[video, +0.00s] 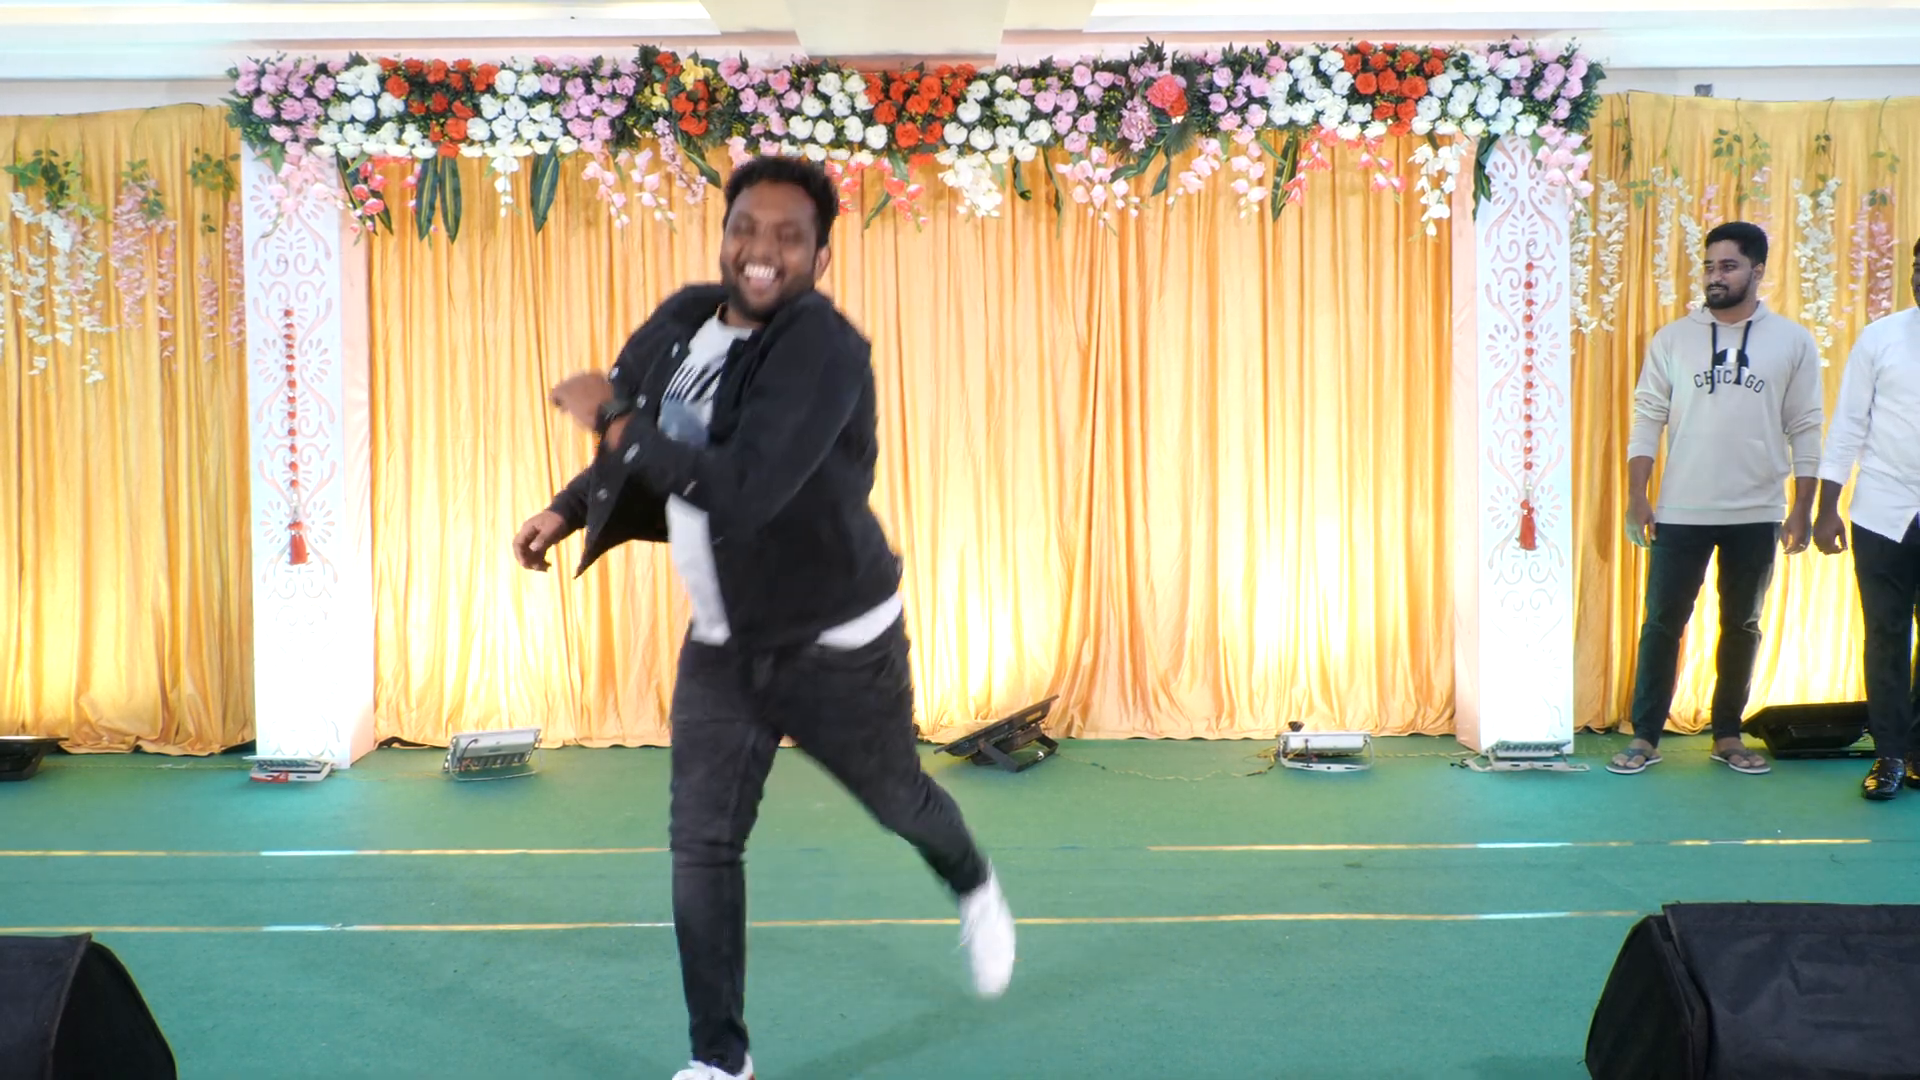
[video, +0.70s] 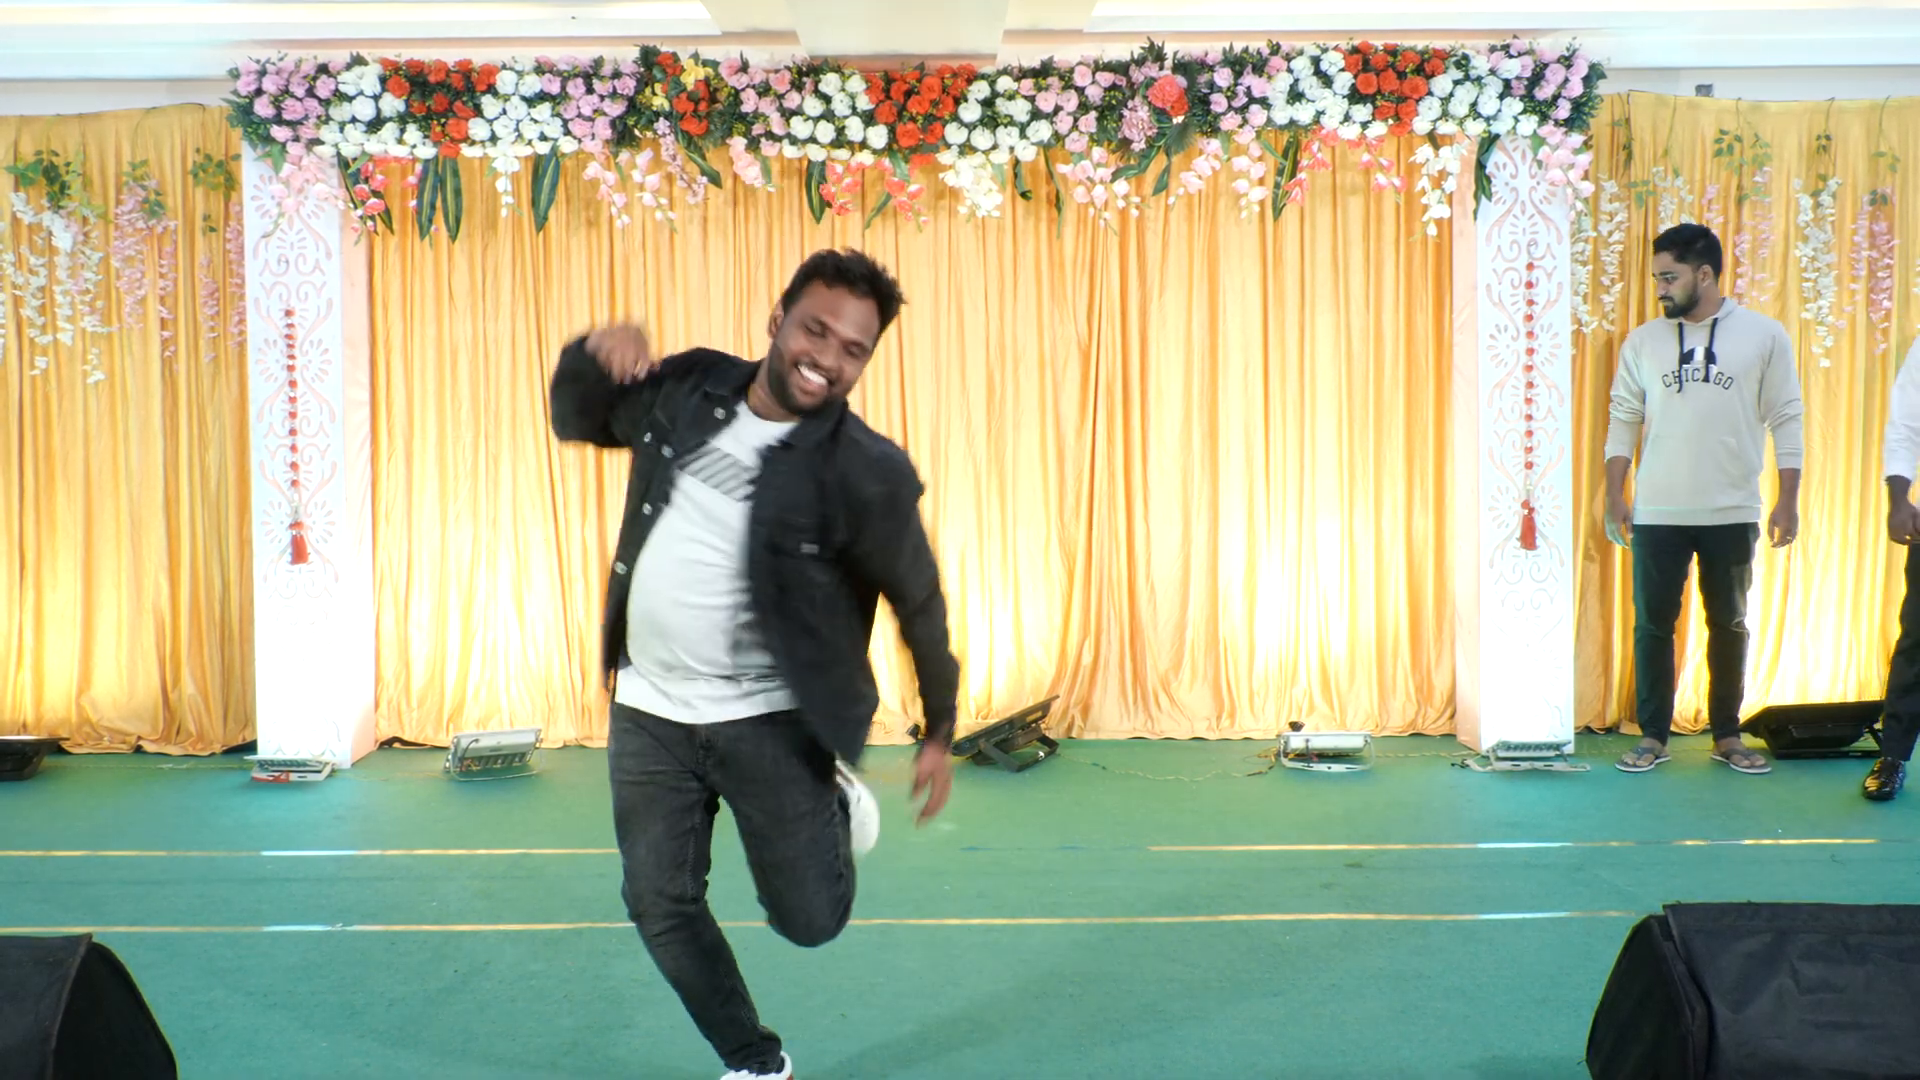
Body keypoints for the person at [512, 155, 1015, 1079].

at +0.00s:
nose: (761, 252)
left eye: (787, 237)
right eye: (745, 231)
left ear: (820, 252)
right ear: (723, 235)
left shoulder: (826, 349)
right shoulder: (682, 319)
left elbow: (742, 489)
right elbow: (637, 439)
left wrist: (618, 424)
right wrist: (569, 510)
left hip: (839, 640)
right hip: (723, 646)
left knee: (902, 801)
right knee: (701, 845)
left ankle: (977, 888)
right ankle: (718, 1058)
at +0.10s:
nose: (749, 300)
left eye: (775, 287)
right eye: (733, 277)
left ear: (804, 304)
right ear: (707, 281)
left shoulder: (791, 419)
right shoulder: (676, 383)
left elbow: (717, 581)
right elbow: (638, 490)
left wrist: (604, 486)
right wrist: (574, 539)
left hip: (810, 685)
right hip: (701, 689)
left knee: (875, 854)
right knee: (672, 870)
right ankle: (718, 1061)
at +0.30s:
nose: (776, 296)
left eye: (800, 281)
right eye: (759, 270)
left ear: (818, 288)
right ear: (722, 263)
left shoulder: (805, 391)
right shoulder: (660, 326)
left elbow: (729, 529)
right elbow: (600, 402)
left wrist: (612, 436)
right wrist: (565, 443)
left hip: (786, 665)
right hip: (677, 664)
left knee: (811, 849)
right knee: (685, 858)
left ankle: (873, 712)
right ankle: (717, 1054)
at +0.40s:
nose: (790, 270)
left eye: (813, 250)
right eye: (773, 244)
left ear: (830, 250)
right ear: (733, 231)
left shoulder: (818, 354)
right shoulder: (659, 273)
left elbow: (743, 490)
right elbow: (590, 304)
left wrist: (608, 451)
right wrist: (544, 384)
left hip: (790, 622)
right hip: (680, 618)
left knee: (803, 819)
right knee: (702, 829)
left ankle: (853, 765)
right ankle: (748, 1044)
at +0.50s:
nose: (792, 284)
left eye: (817, 265)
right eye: (775, 258)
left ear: (839, 269)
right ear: (743, 249)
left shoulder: (826, 365)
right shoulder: (674, 292)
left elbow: (762, 502)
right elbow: (592, 337)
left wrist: (635, 590)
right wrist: (548, 423)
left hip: (786, 640)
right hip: (673, 635)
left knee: (825, 842)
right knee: (704, 847)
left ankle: (852, 788)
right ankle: (752, 1055)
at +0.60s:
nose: (805, 330)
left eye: (832, 317)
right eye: (791, 302)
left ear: (850, 330)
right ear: (757, 295)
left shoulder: (824, 443)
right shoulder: (691, 361)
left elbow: (811, 617)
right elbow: (610, 405)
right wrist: (571, 430)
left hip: (762, 703)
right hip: (656, 690)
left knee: (834, 885)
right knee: (675, 891)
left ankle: (857, 793)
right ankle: (755, 1061)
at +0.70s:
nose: (827, 359)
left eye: (852, 350)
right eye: (815, 332)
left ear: (866, 364)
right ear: (778, 319)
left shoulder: (866, 474)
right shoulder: (687, 385)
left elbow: (920, 604)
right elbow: (576, 419)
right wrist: (591, 357)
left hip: (768, 717)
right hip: (650, 705)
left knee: (811, 922)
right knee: (658, 903)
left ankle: (840, 797)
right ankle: (752, 1062)